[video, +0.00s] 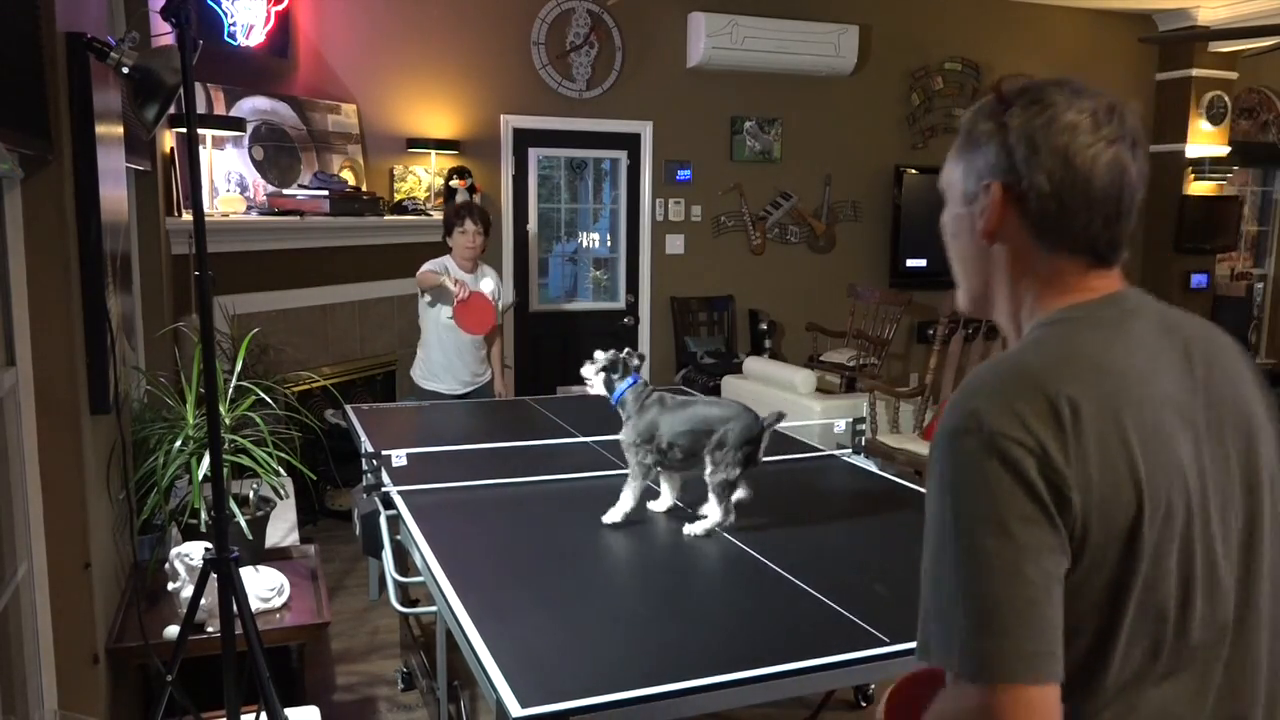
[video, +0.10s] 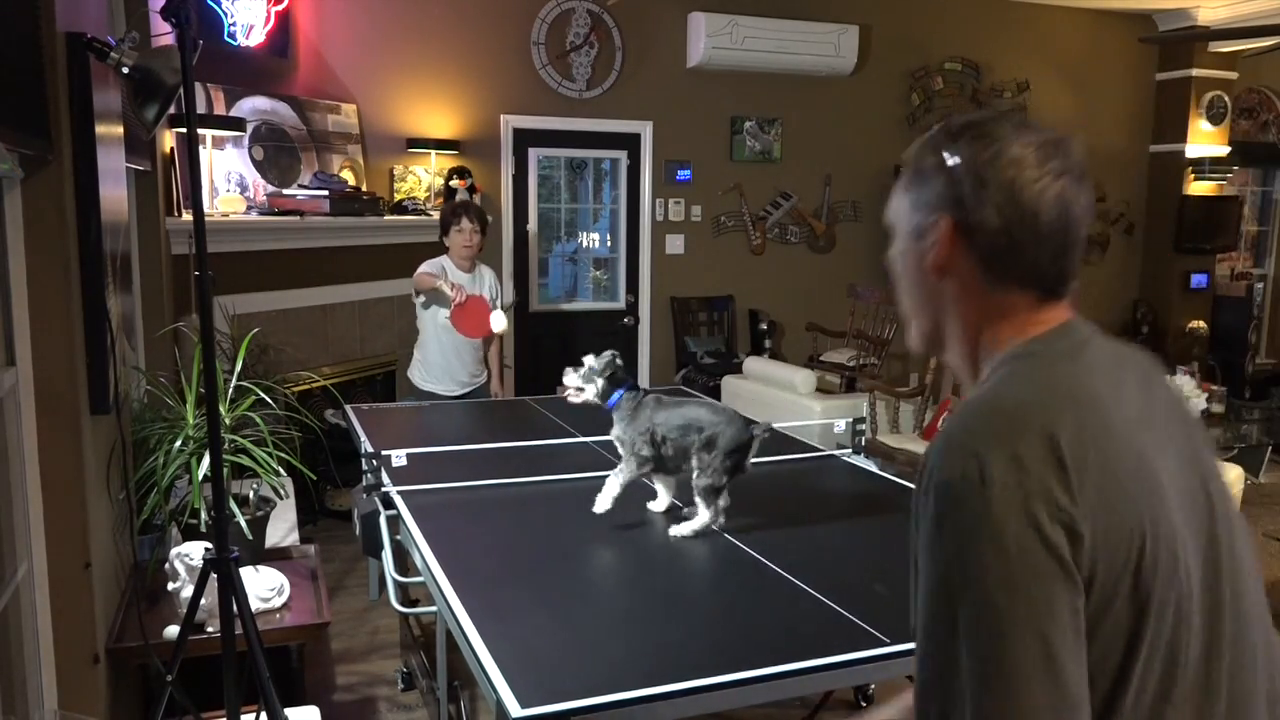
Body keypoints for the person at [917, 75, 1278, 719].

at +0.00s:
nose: (944, 228)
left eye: (948, 201)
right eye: (943, 202)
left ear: (990, 209)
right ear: (1110, 208)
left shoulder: (1004, 410)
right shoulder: (1224, 357)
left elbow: (1013, 703)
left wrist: (925, 701)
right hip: (1245, 705)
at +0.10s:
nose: (891, 265)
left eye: (896, 236)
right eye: (890, 238)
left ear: (938, 244)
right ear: (1052, 240)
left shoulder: (989, 448)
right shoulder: (1138, 374)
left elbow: (1012, 700)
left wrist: (909, 703)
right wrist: (929, 691)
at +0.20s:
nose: (810, 321)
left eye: (814, 295)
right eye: (811, 296)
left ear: (855, 305)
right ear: (960, 298)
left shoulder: (954, 491)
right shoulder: (1009, 412)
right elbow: (915, 591)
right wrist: (731, 656)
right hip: (1225, 697)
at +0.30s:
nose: (726, 384)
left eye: (734, 359)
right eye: (729, 361)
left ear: (776, 374)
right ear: (868, 362)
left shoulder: (902, 543)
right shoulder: (867, 471)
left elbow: (975, 705)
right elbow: (772, 560)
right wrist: (640, 576)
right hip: (1147, 689)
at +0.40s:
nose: (686, 418)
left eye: (685, 397)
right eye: (683, 395)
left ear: (721, 408)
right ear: (829, 380)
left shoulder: (855, 562)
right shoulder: (864, 476)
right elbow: (734, 558)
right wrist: (618, 546)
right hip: (1134, 699)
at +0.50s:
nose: (670, 392)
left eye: (670, 371)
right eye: (671, 370)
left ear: (698, 385)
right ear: (811, 354)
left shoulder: (825, 562)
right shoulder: (882, 451)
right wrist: (659, 590)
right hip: (1139, 701)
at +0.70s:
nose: (715, 317)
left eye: (719, 296)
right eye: (717, 295)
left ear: (747, 316)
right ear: (876, 292)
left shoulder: (836, 516)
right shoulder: (960, 402)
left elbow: (911, 705)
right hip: (1145, 701)